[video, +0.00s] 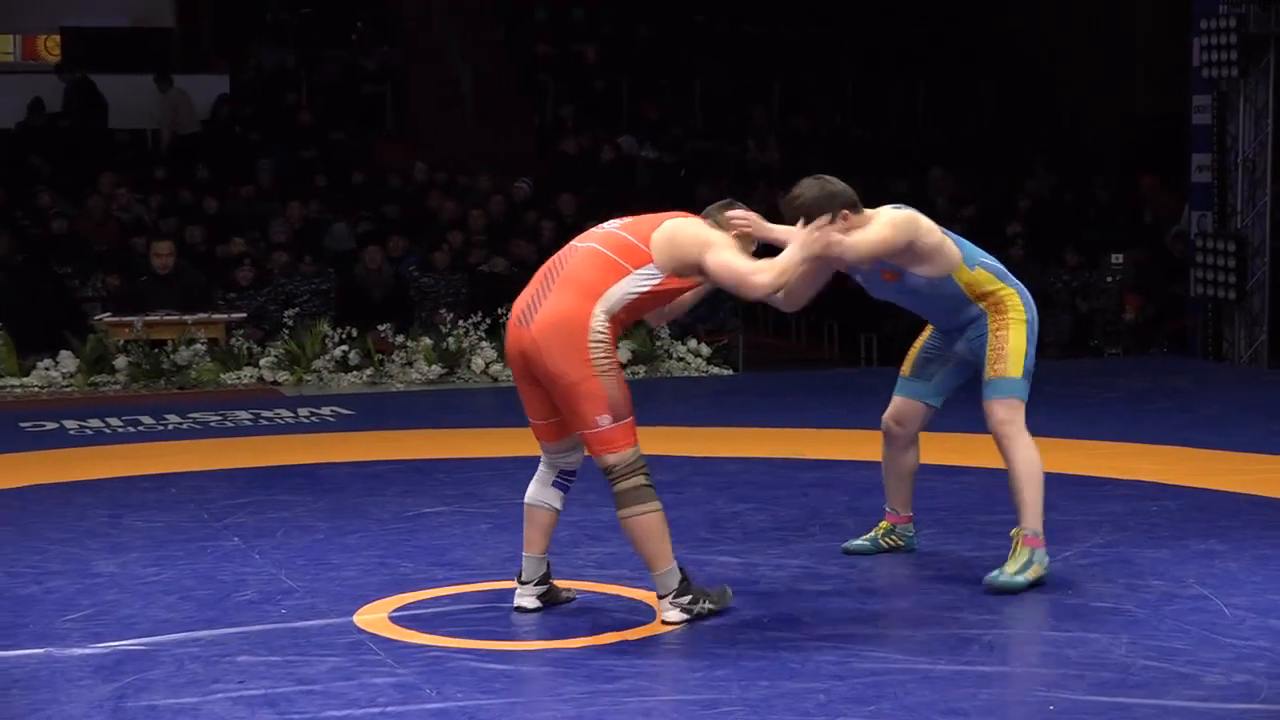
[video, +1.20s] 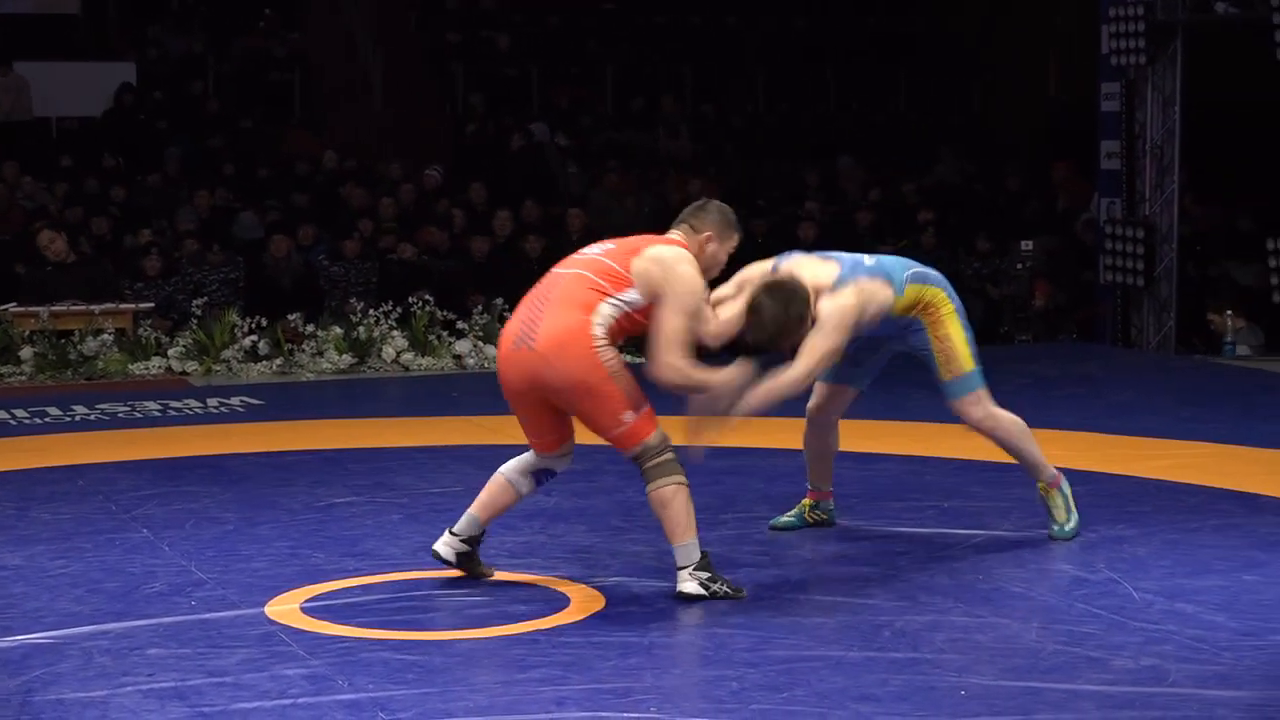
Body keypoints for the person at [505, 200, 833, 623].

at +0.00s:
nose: (747, 257)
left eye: (751, 249)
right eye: (748, 247)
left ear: (707, 217)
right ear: (734, 232)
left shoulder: (653, 232)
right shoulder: (706, 237)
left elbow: (658, 316)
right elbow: (758, 281)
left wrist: (711, 274)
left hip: (523, 331)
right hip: (575, 334)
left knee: (558, 461)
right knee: (625, 468)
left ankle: (531, 583)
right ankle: (674, 593)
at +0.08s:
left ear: (732, 208)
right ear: (754, 226)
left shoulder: (675, 219)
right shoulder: (724, 231)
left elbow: (763, 290)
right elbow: (801, 262)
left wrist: (807, 238)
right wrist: (822, 224)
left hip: (540, 333)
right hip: (596, 338)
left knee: (564, 461)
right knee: (650, 466)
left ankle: (529, 581)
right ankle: (676, 595)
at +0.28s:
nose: (760, 252)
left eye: (766, 244)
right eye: (765, 241)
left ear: (729, 192)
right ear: (758, 219)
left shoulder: (673, 211)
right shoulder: (734, 215)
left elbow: (705, 274)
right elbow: (829, 203)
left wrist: (769, 286)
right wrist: (845, 203)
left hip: (570, 323)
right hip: (631, 330)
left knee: (565, 457)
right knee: (668, 462)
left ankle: (518, 578)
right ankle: (663, 594)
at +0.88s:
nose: (754, 247)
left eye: (760, 242)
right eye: (758, 235)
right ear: (738, 215)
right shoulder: (702, 199)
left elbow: (720, 286)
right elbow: (801, 186)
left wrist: (781, 252)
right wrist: (818, 227)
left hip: (555, 322)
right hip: (618, 330)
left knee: (511, 462)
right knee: (689, 444)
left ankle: (461, 586)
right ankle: (705, 569)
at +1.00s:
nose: (757, 263)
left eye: (764, 257)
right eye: (765, 249)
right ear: (754, 225)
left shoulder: (665, 228)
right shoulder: (714, 209)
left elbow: (718, 309)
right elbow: (806, 197)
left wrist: (768, 266)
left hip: (546, 322)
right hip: (610, 333)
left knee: (524, 461)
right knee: (672, 448)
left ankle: (466, 572)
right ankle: (696, 565)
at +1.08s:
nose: (753, 296)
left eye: (762, 289)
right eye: (759, 284)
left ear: (724, 220)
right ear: (740, 234)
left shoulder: (658, 239)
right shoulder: (716, 247)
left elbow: (718, 310)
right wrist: (805, 217)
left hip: (530, 338)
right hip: (596, 342)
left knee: (544, 454)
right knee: (667, 450)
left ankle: (471, 545)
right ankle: (697, 565)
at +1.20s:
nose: (723, 263)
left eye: (728, 255)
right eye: (725, 253)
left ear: (683, 230)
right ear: (707, 240)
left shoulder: (635, 250)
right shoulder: (681, 269)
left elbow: (709, 329)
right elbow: (667, 369)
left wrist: (754, 282)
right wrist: (723, 378)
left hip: (514, 350)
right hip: (576, 352)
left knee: (550, 455)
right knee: (655, 454)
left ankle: (459, 539)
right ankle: (693, 570)